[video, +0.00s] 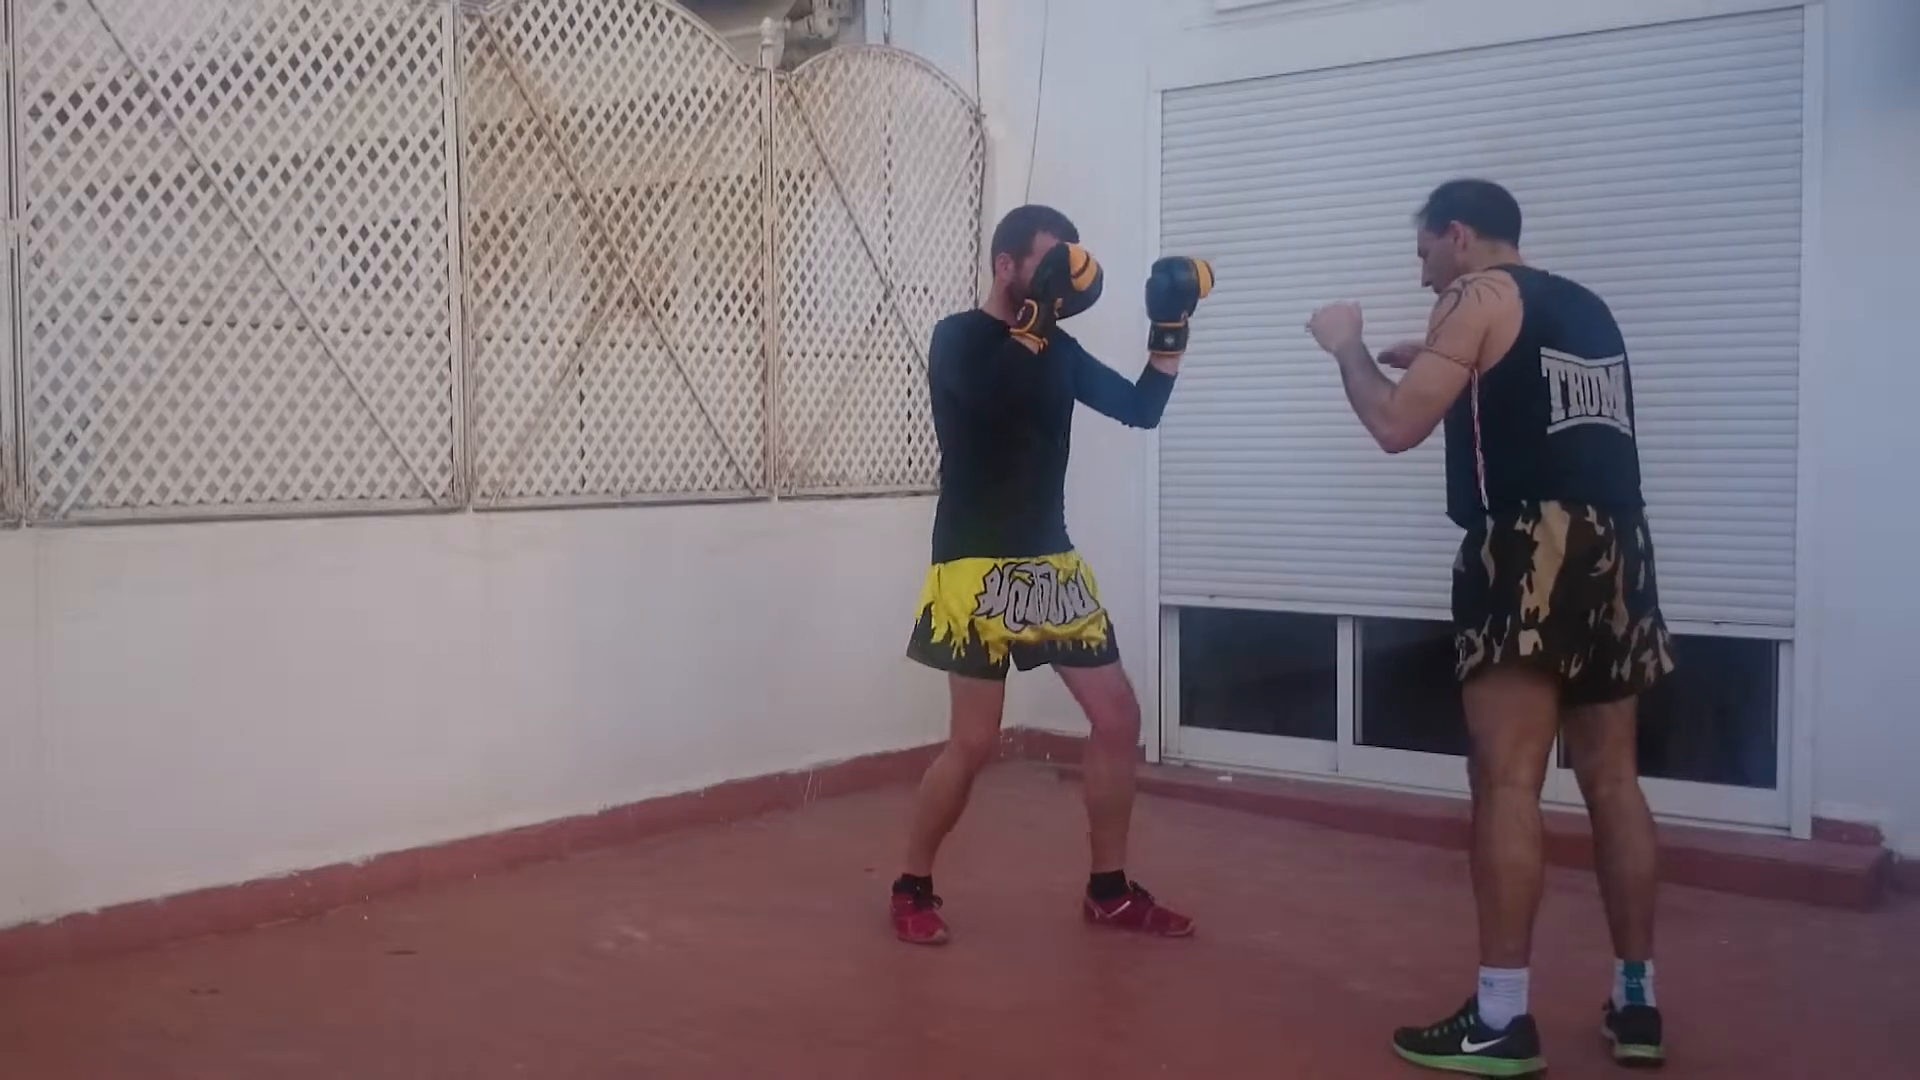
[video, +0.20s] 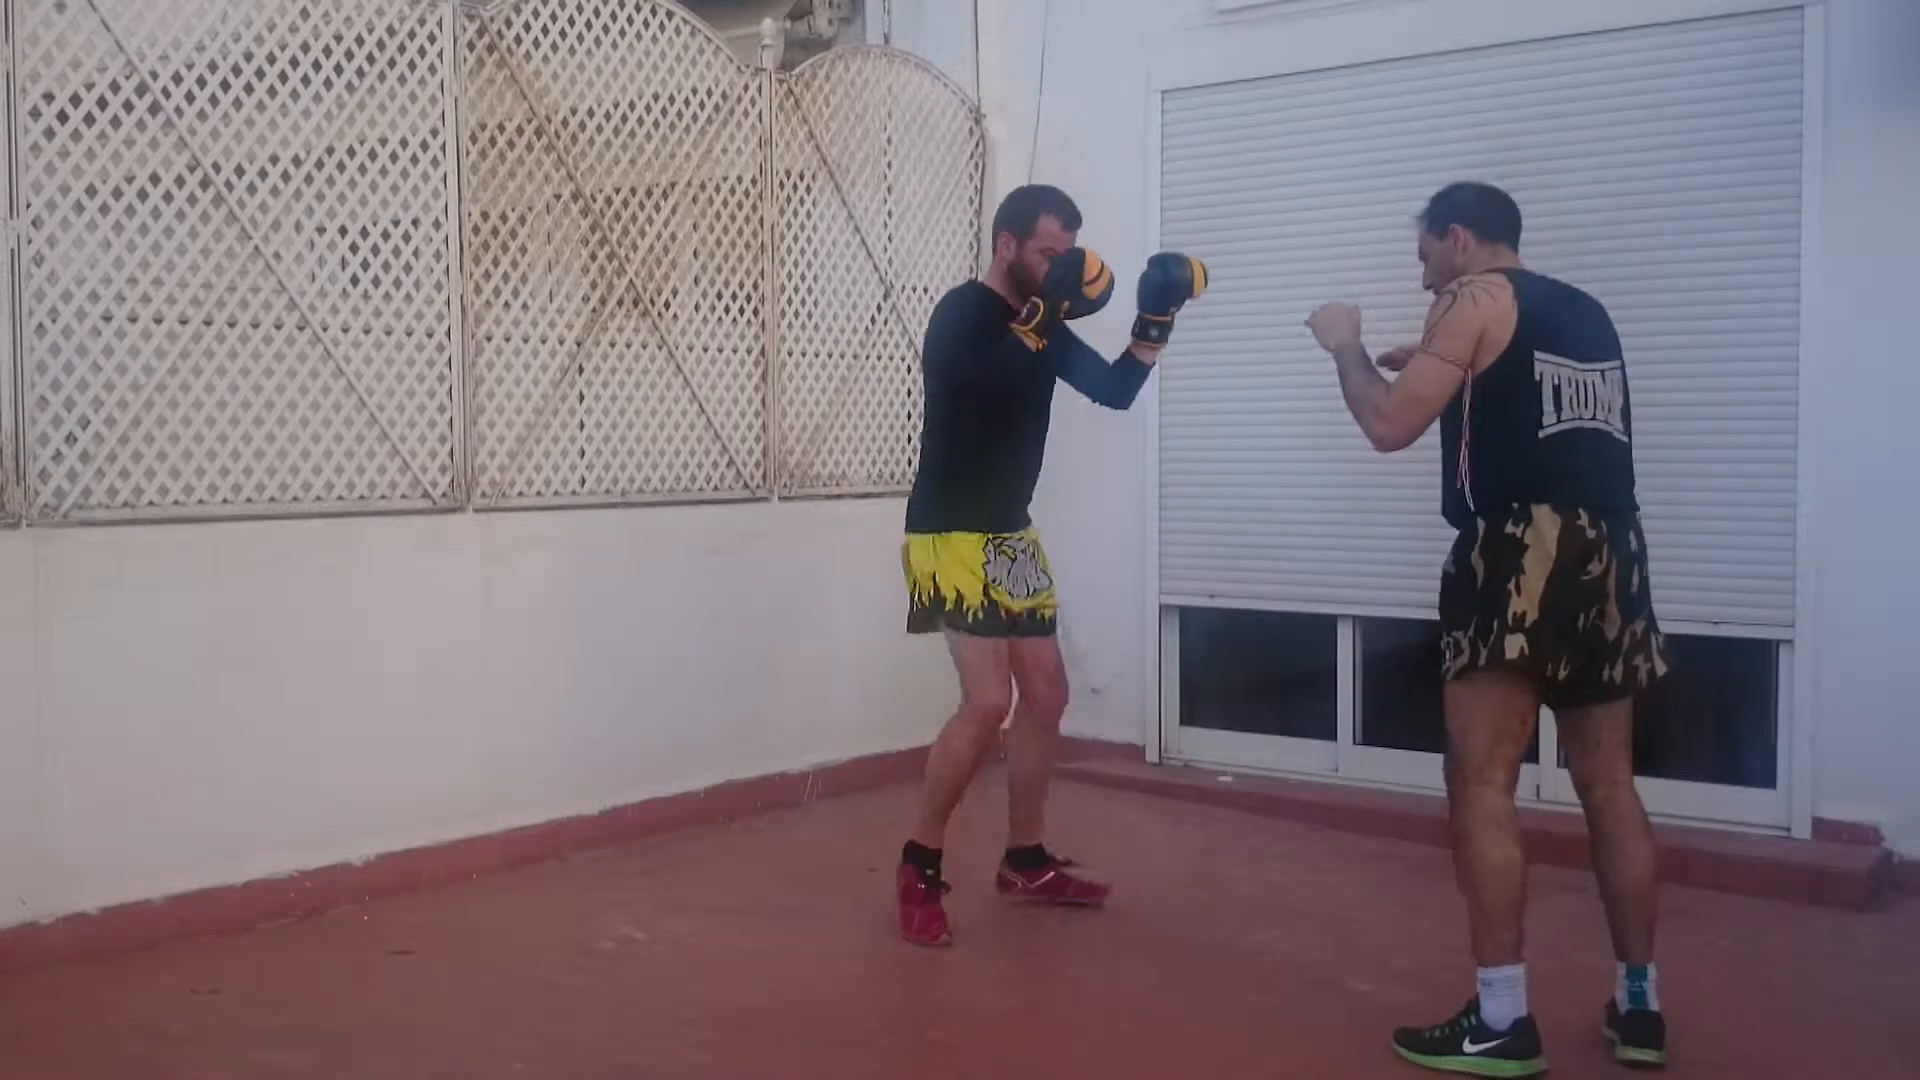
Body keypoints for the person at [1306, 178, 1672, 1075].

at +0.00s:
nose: (1428, 273)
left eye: (1427, 257)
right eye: (1424, 260)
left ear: (1455, 237)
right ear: (1504, 235)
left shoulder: (1485, 300)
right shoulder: (1588, 306)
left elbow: (1395, 423)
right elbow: (1522, 393)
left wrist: (1346, 348)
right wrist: (1419, 359)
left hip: (1522, 556)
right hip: (1617, 558)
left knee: (1507, 781)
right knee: (1613, 779)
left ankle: (1499, 1016)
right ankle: (1636, 1003)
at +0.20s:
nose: (1428, 275)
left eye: (1426, 259)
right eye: (1423, 263)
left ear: (1456, 238)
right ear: (1505, 239)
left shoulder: (1479, 302)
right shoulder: (1587, 311)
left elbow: (1389, 423)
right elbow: (1514, 405)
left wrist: (1345, 349)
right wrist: (1410, 364)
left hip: (1512, 557)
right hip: (1611, 559)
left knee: (1482, 782)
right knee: (1610, 785)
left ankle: (1499, 1018)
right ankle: (1640, 1006)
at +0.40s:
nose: (1409, 316)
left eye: (1408, 303)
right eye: (1406, 306)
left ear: (1434, 285)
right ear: (1489, 285)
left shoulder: (1442, 333)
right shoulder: (1567, 346)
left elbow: (1341, 447)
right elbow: (1530, 444)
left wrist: (1331, 366)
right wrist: (1417, 378)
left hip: (1488, 573)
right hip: (1595, 588)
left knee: (1364, 745)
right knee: (1595, 791)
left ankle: (1371, 973)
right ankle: (1639, 1003)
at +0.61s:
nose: (1319, 431)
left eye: (1319, 422)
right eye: (1321, 422)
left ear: (1339, 412)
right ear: (1400, 401)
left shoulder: (1329, 456)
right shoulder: (1472, 417)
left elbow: (1218, 552)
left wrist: (1256, 497)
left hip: (1423, 615)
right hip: (1544, 604)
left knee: (1295, 769)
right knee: (1607, 794)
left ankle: (1173, 925)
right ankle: (1644, 1003)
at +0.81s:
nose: (1213, 468)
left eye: (1213, 461)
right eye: (1212, 460)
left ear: (1226, 455)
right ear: (1281, 432)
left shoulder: (1217, 494)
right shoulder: (1346, 435)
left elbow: (1146, 608)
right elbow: (1411, 525)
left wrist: (1145, 645)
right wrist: (1400, 597)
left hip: (1280, 593)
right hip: (1393, 580)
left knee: (1215, 750)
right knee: (1511, 787)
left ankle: (1149, 928)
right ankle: (1573, 1001)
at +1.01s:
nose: (1294, 310)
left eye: (1289, 301)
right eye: (1276, 300)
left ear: (1223, 345)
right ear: (1232, 326)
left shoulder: (1198, 427)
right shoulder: (1263, 350)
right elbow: (1390, 361)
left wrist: (1316, 385)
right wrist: (1318, 361)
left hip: (1220, 593)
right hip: (1294, 572)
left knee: (1252, 769)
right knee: (1405, 774)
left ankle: (1123, 922)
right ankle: (1396, 1013)